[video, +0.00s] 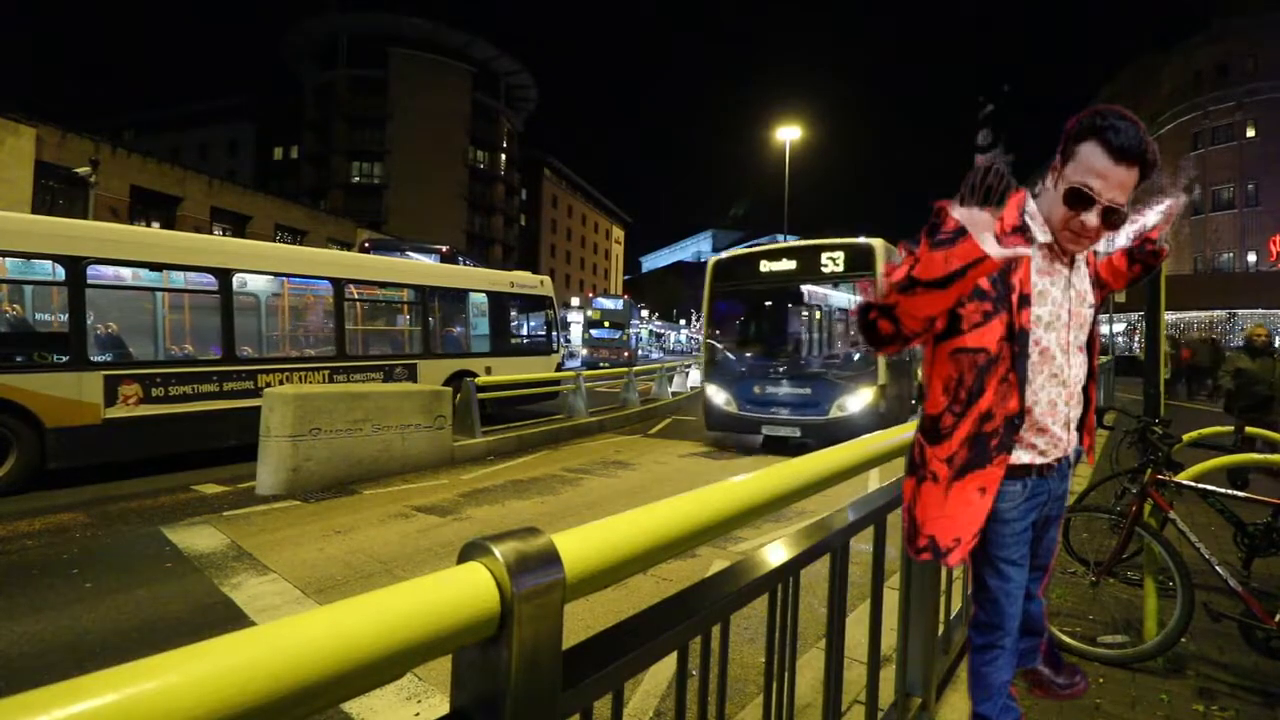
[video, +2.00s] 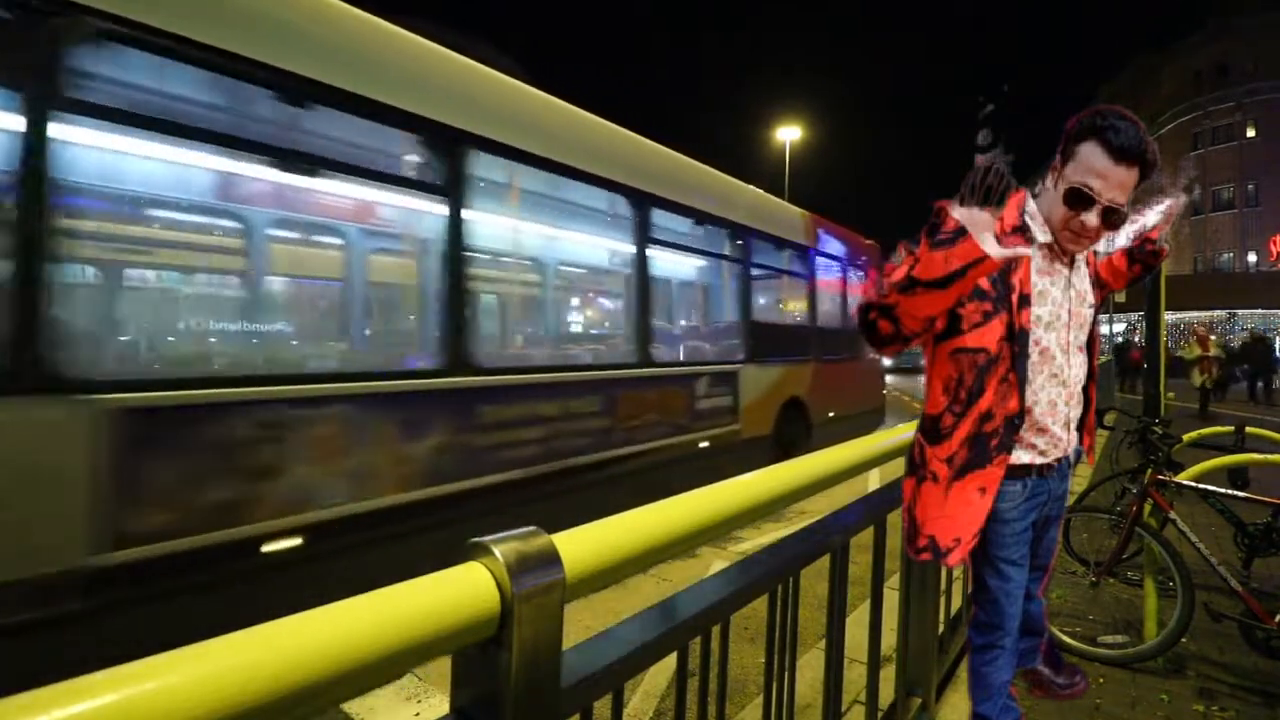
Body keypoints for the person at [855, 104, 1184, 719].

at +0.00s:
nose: (1089, 222)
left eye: (1109, 212)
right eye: (1080, 197)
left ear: (1123, 211)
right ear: (1052, 171)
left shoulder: (1083, 263)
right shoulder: (982, 241)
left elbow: (1111, 274)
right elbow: (882, 328)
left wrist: (1150, 241)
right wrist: (963, 246)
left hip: (1057, 468)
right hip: (1000, 474)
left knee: (1034, 581)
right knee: (1000, 612)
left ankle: (1028, 659)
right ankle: (994, 709)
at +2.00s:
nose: (1089, 222)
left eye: (1109, 212)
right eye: (1080, 198)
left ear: (1123, 211)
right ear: (1052, 171)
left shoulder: (1084, 264)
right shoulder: (985, 242)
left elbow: (1116, 271)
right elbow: (883, 327)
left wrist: (1151, 240)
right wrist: (962, 245)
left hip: (1057, 467)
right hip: (1000, 474)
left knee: (1035, 581)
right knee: (1000, 611)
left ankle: (1028, 659)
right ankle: (994, 709)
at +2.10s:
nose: (1089, 222)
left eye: (1110, 212)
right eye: (1080, 198)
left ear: (1124, 210)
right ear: (1052, 171)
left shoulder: (1084, 263)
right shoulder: (986, 242)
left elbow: (1112, 274)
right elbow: (883, 326)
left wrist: (1150, 242)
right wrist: (965, 245)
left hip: (1057, 466)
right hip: (1000, 474)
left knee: (1035, 581)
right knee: (1000, 611)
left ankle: (1028, 658)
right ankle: (994, 709)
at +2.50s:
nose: (1089, 222)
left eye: (1110, 212)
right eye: (1080, 197)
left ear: (1124, 210)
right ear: (1052, 171)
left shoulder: (1085, 263)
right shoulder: (985, 243)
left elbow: (1117, 270)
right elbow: (880, 327)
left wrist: (1150, 242)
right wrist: (963, 246)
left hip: (1057, 467)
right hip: (1000, 474)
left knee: (1035, 581)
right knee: (1000, 611)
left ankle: (1028, 659)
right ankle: (994, 709)